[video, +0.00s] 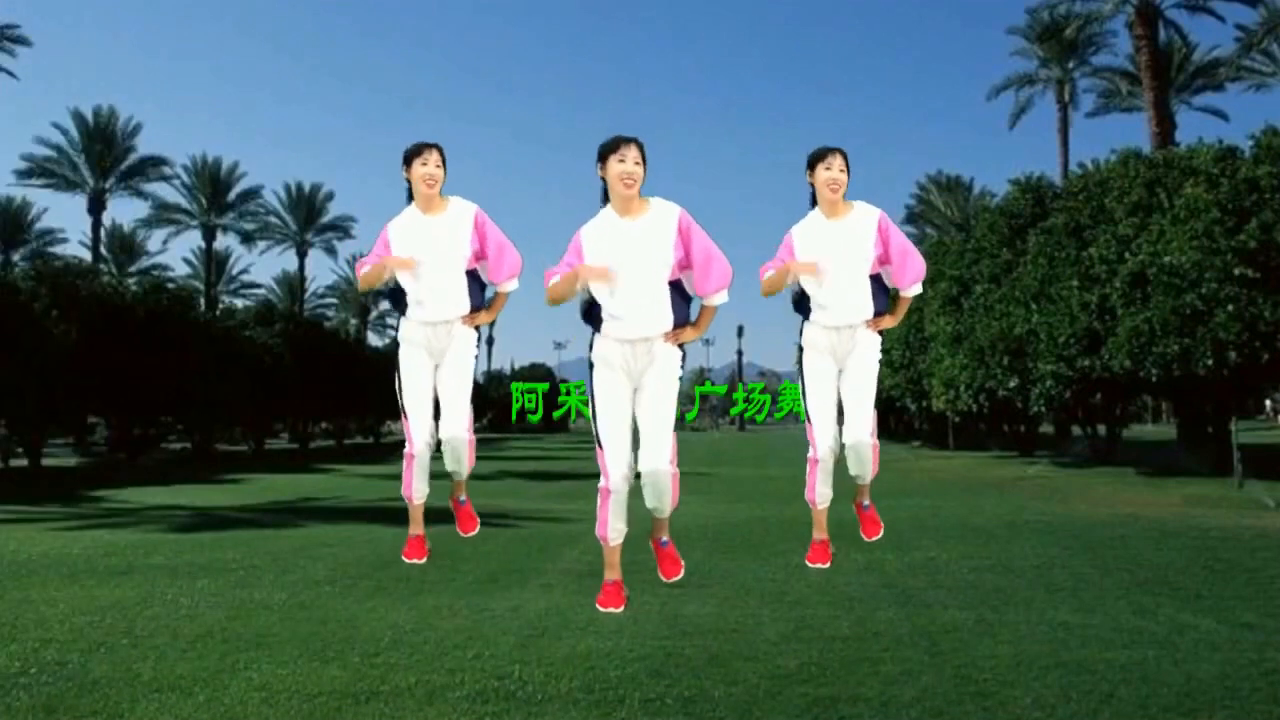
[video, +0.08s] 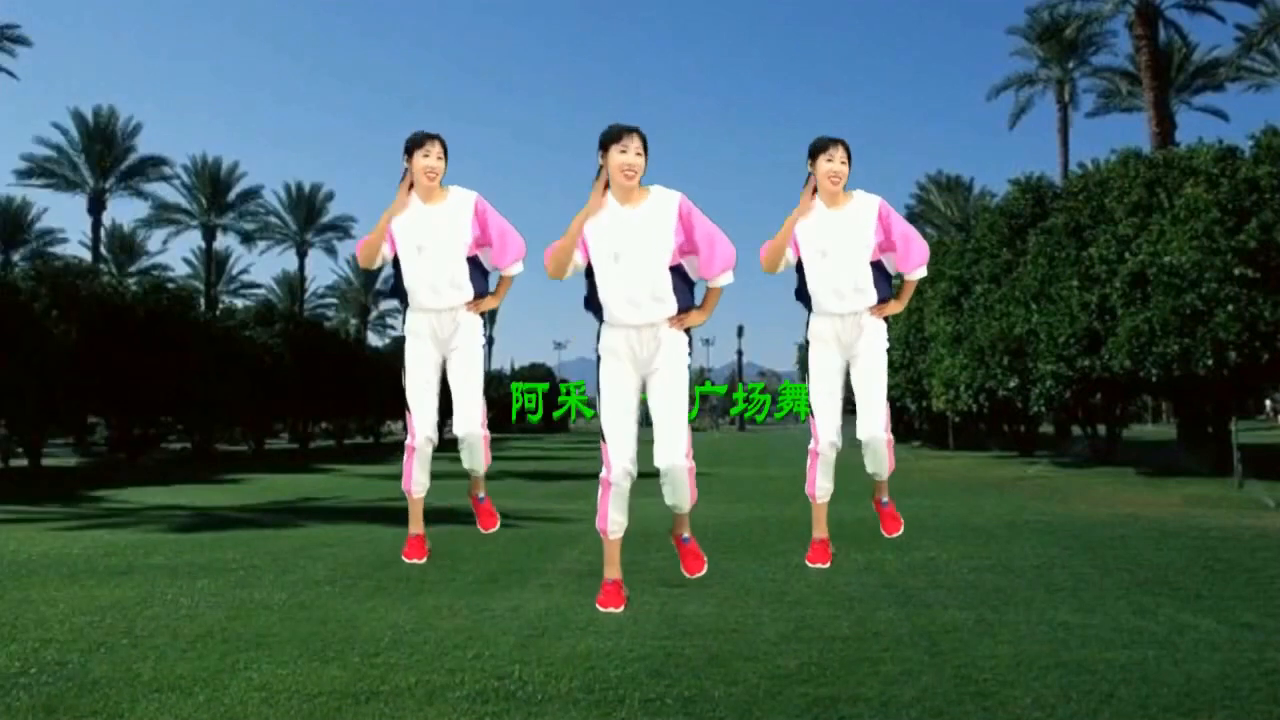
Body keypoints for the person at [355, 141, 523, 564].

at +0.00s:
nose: (431, 170)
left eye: (437, 164)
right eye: (423, 164)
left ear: (445, 174)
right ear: (408, 174)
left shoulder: (468, 215)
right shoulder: (397, 227)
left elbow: (509, 262)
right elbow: (364, 282)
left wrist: (491, 310)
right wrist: (386, 265)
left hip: (459, 330)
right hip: (415, 332)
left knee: (456, 431)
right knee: (419, 432)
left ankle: (459, 496)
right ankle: (416, 529)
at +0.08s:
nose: (433, 163)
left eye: (439, 157)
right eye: (425, 157)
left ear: (446, 165)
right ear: (409, 164)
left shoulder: (468, 203)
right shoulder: (397, 214)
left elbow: (512, 250)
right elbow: (366, 260)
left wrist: (496, 296)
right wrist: (391, 211)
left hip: (464, 320)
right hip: (420, 325)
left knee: (470, 426)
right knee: (422, 429)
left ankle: (479, 493)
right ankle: (415, 529)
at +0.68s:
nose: (444, 146)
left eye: (449, 139)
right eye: (435, 140)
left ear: (458, 144)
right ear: (421, 148)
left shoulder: (485, 178)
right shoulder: (418, 188)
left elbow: (528, 220)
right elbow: (410, 219)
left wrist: (513, 272)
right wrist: (415, 167)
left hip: (483, 292)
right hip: (439, 295)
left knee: (489, 417)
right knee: (435, 412)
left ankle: (482, 459)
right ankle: (425, 517)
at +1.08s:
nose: (454, 155)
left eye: (457, 147)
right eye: (444, 148)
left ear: (465, 153)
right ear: (428, 157)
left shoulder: (491, 196)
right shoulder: (420, 200)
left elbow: (527, 243)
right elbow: (456, 213)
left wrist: (512, 286)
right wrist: (450, 157)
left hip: (484, 304)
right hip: (440, 305)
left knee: (494, 425)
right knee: (436, 423)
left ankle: (492, 489)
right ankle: (427, 525)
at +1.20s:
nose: (457, 159)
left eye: (464, 153)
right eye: (449, 152)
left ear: (473, 160)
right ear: (434, 159)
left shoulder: (495, 198)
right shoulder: (426, 201)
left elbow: (532, 243)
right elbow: (472, 209)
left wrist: (521, 283)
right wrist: (502, 162)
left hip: (497, 304)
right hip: (454, 307)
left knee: (507, 421)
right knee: (451, 427)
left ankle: (517, 517)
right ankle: (431, 527)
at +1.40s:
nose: (463, 175)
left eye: (469, 169)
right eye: (455, 168)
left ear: (477, 176)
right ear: (440, 176)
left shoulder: (497, 218)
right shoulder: (433, 219)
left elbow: (539, 262)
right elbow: (478, 239)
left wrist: (521, 307)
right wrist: (534, 216)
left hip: (501, 333)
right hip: (457, 334)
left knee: (507, 437)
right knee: (458, 443)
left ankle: (516, 521)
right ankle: (431, 531)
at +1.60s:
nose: (459, 144)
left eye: (466, 137)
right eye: (451, 137)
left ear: (476, 144)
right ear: (438, 144)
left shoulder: (497, 189)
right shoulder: (427, 184)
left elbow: (528, 240)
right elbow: (445, 236)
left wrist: (512, 272)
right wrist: (492, 268)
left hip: (483, 300)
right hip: (439, 298)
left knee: (490, 417)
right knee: (434, 413)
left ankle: (482, 464)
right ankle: (423, 520)